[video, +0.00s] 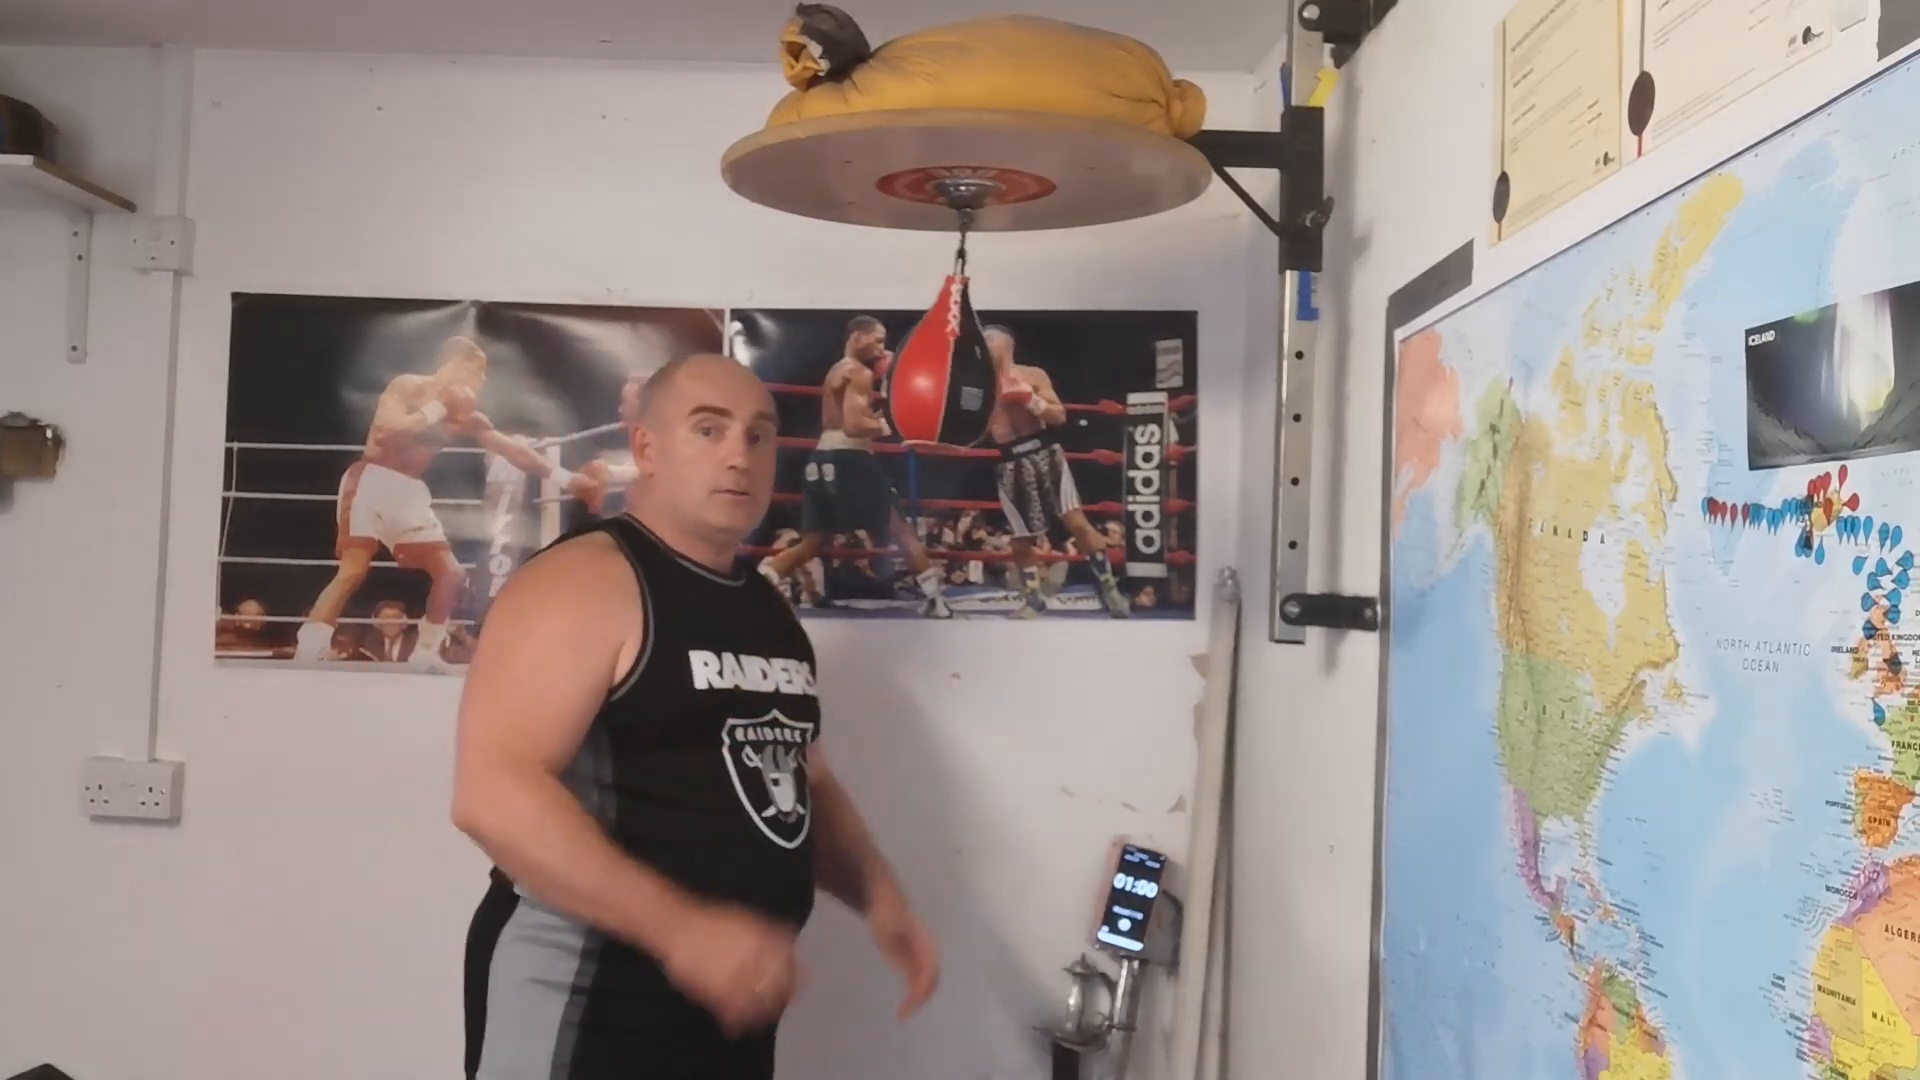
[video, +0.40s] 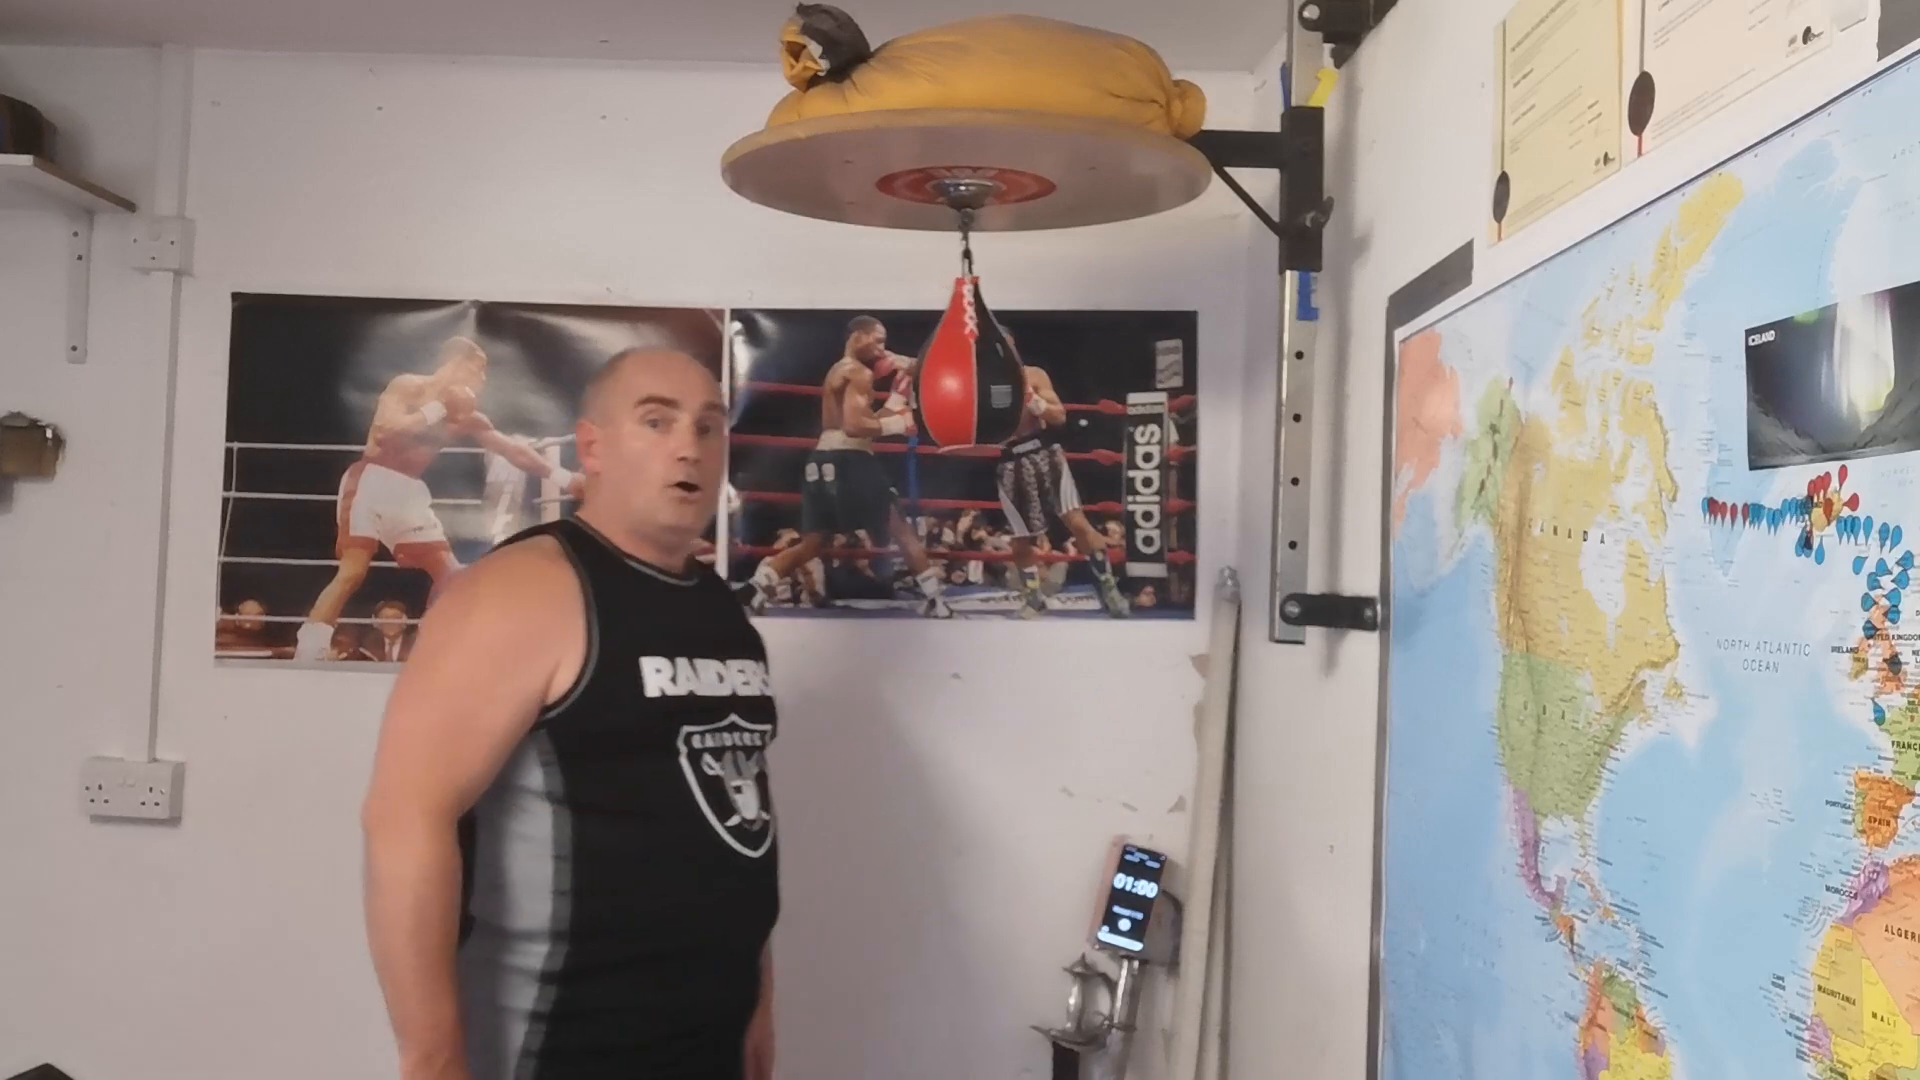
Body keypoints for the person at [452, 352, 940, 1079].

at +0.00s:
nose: (740, 456)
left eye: (758, 436)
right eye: (709, 427)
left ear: (776, 460)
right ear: (645, 448)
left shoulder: (764, 604)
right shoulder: (579, 581)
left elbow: (801, 782)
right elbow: (493, 790)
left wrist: (876, 890)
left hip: (730, 1006)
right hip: (586, 1001)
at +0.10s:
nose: (741, 449)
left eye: (759, 431)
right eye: (710, 423)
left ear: (776, 461)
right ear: (646, 447)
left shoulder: (764, 606)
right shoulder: (580, 581)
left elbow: (808, 796)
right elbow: (495, 800)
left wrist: (844, 957)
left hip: (736, 1012)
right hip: (592, 1017)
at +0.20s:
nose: (734, 444)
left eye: (752, 426)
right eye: (701, 420)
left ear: (768, 455)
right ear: (637, 446)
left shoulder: (760, 610)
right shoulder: (571, 583)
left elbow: (790, 804)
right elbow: (473, 802)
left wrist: (798, 995)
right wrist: (498, 1044)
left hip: (738, 1033)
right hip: (592, 1037)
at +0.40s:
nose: (691, 447)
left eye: (709, 426)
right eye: (656, 419)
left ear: (724, 453)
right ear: (590, 446)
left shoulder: (720, 610)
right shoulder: (520, 591)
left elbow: (737, 827)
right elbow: (404, 816)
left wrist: (753, 1014)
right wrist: (432, 1056)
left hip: (708, 1046)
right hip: (554, 1047)